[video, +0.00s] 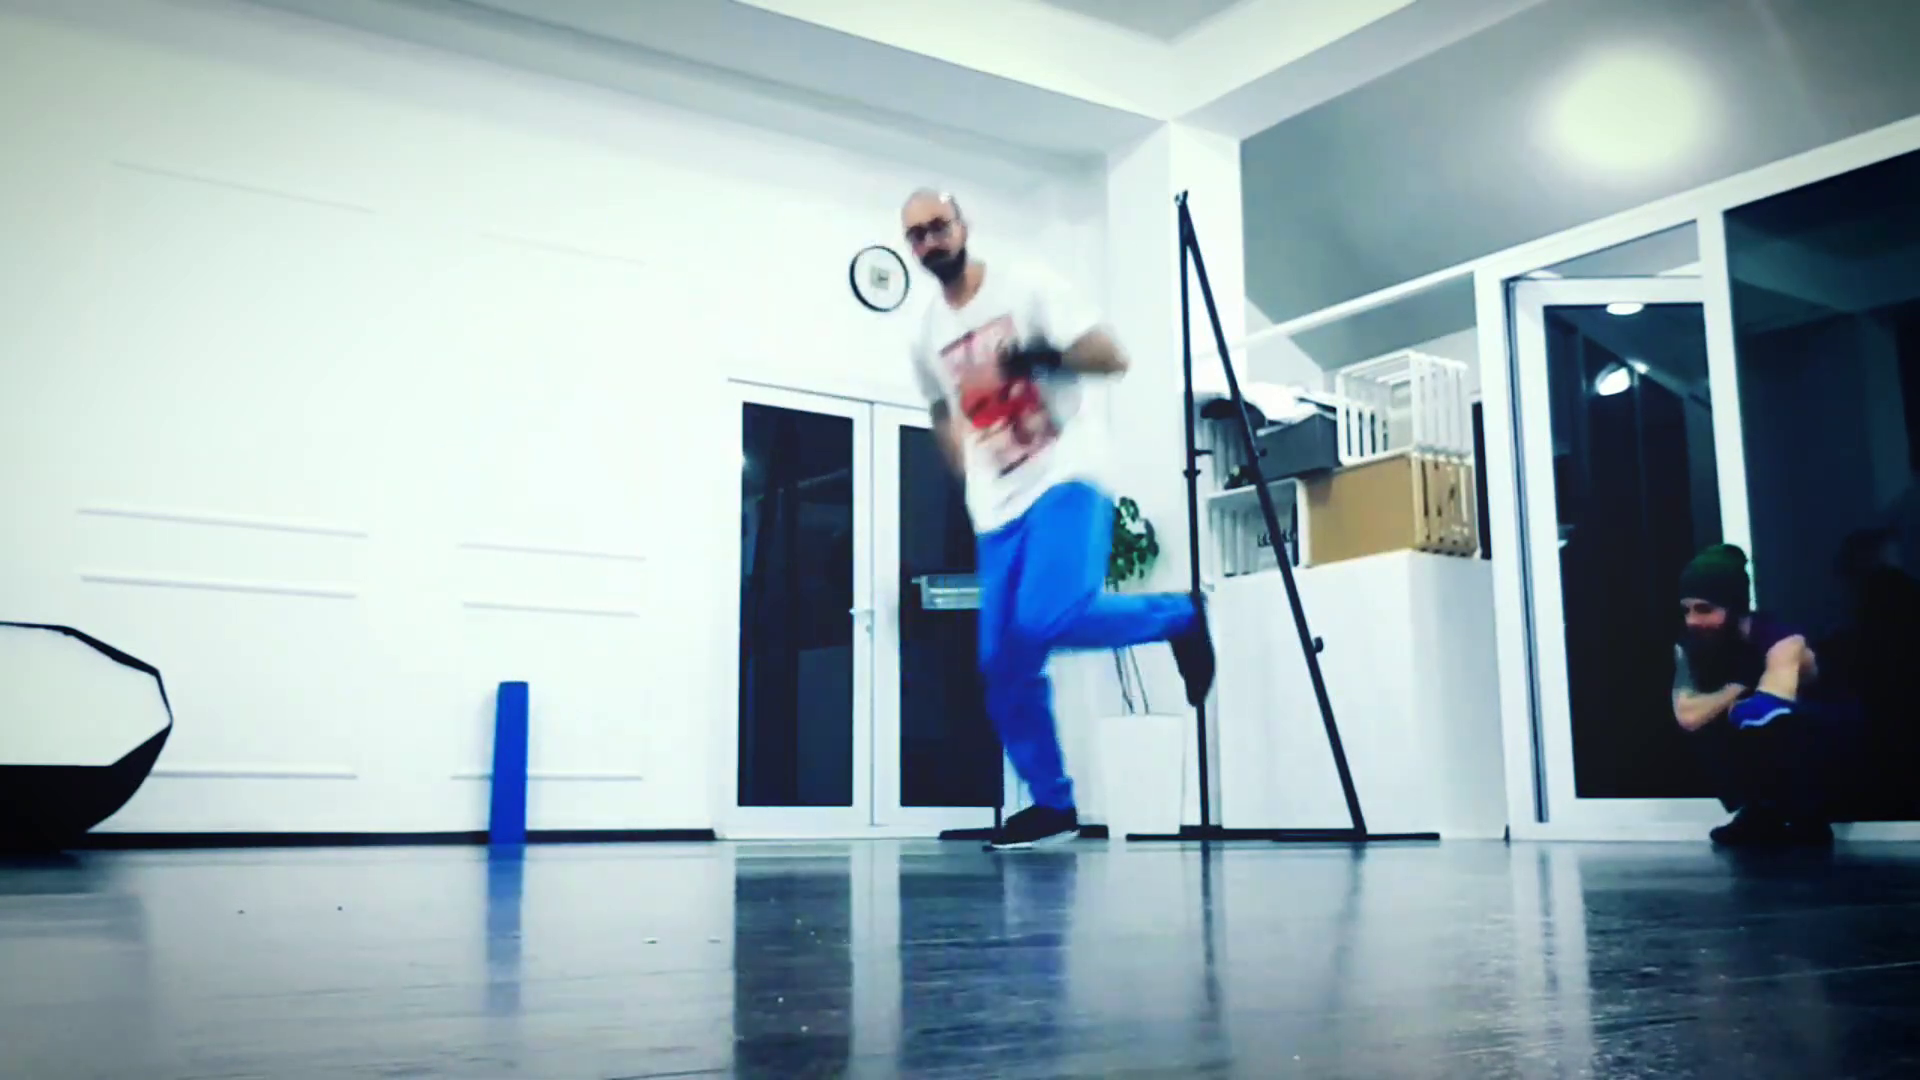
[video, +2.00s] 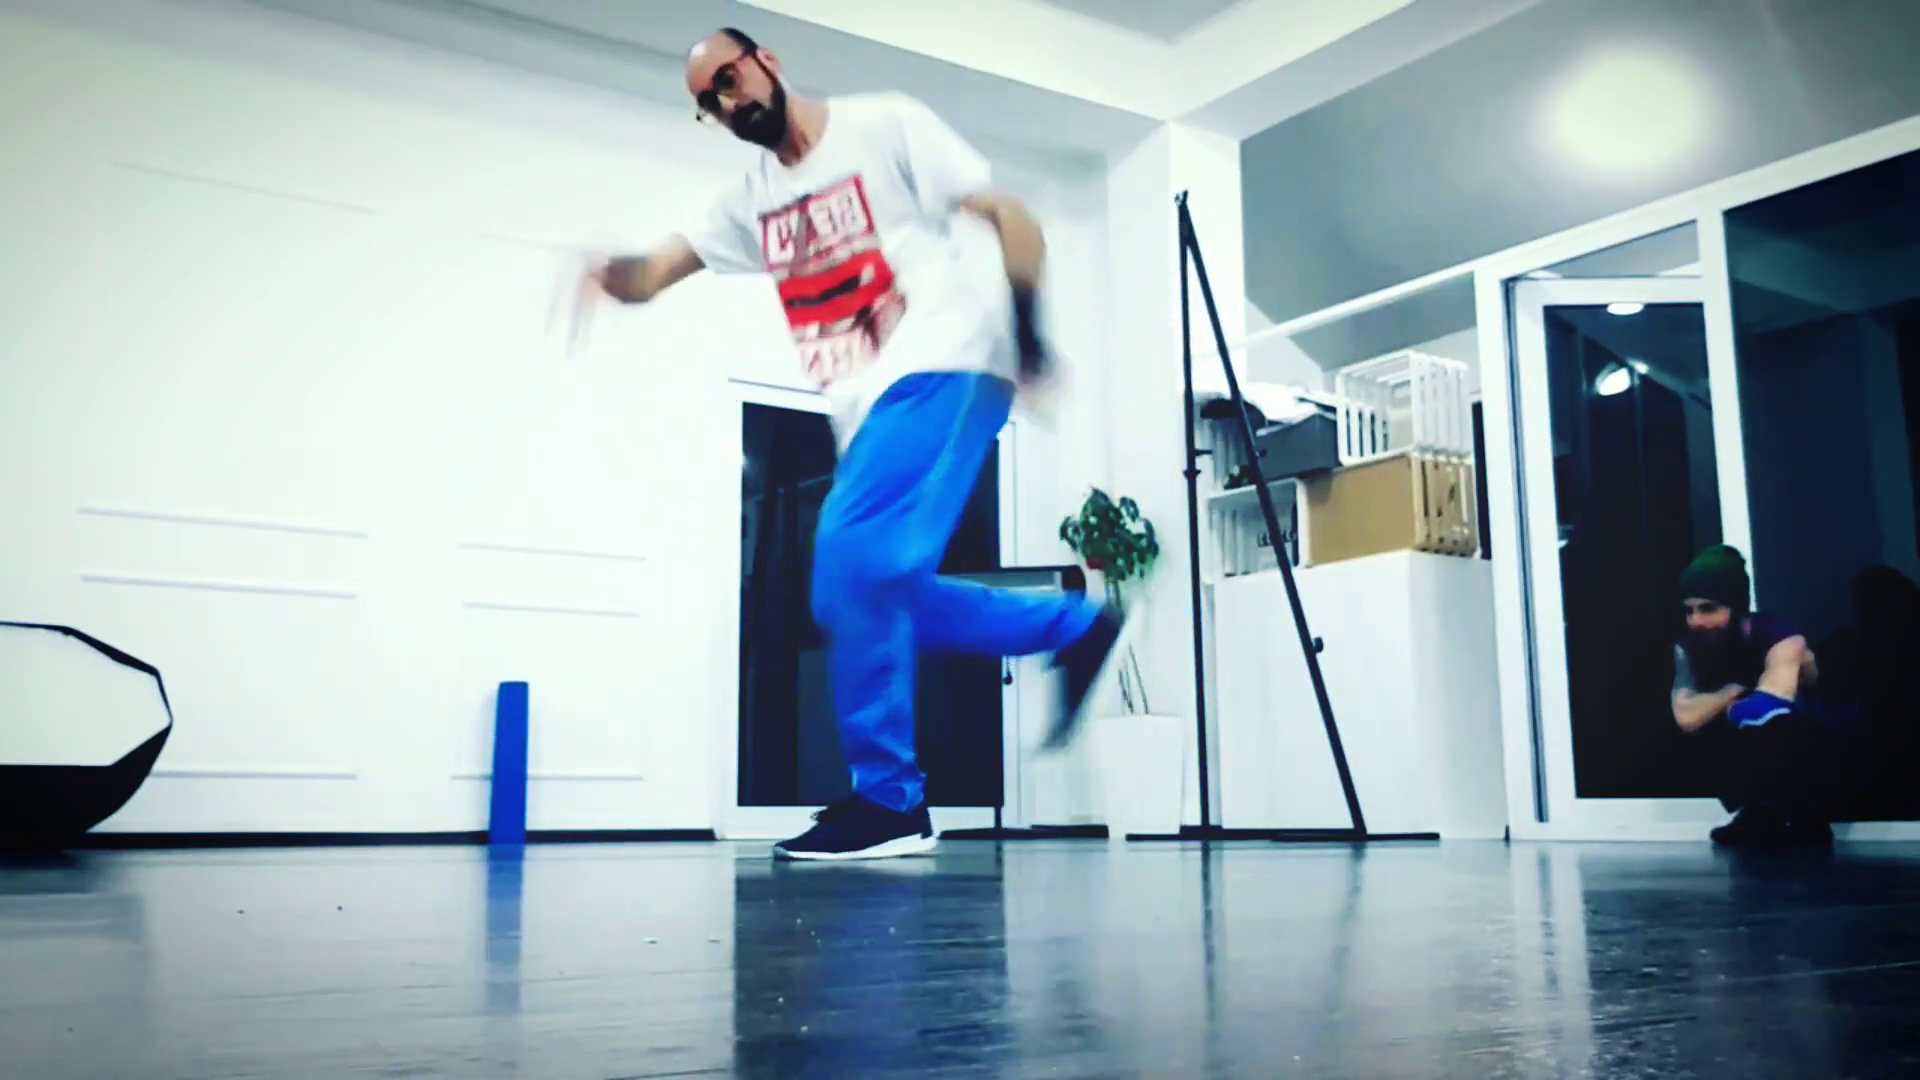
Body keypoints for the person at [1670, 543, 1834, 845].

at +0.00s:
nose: (1692, 622)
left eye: (1704, 610)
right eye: (1686, 611)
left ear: (1733, 607)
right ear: (1681, 609)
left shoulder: (1779, 637)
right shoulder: (1688, 650)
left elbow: (1772, 706)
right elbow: (1688, 716)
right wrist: (1735, 691)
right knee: (1705, 726)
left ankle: (1805, 821)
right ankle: (1755, 813)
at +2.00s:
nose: (1696, 621)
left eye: (1708, 609)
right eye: (1689, 611)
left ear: (1735, 606)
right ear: (1683, 611)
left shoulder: (1777, 637)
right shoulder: (1687, 650)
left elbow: (1773, 704)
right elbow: (1686, 717)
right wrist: (1732, 693)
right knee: (1704, 726)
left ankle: (1803, 820)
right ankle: (1754, 813)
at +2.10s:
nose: (1696, 621)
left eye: (1708, 609)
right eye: (1690, 611)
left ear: (1735, 606)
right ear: (1683, 612)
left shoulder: (1777, 636)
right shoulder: (1687, 650)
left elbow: (1774, 703)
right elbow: (1686, 717)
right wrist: (1729, 695)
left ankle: (1804, 820)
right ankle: (1754, 813)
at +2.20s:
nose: (1697, 622)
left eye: (1709, 609)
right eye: (1690, 611)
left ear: (1736, 606)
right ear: (1683, 612)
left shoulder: (1776, 636)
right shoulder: (1687, 650)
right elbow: (1687, 717)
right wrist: (1733, 692)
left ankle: (1803, 820)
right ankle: (1754, 813)